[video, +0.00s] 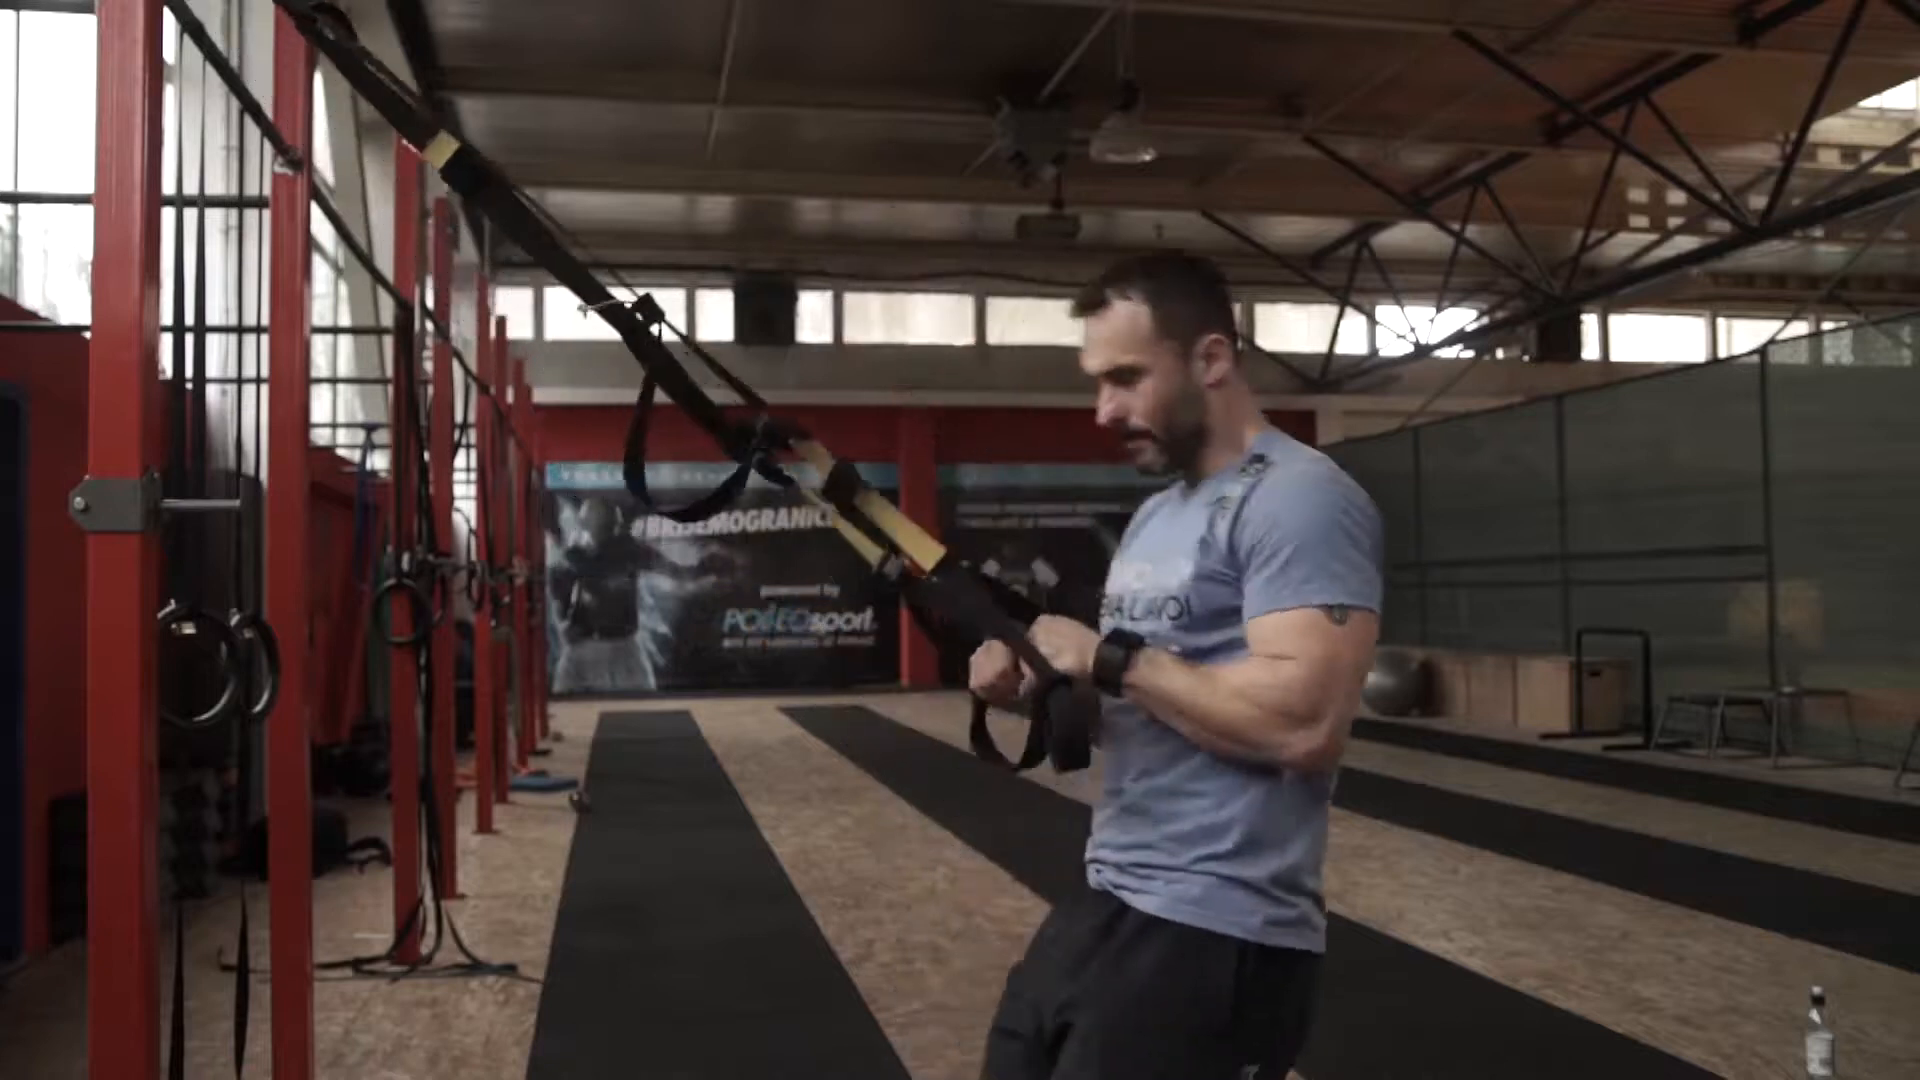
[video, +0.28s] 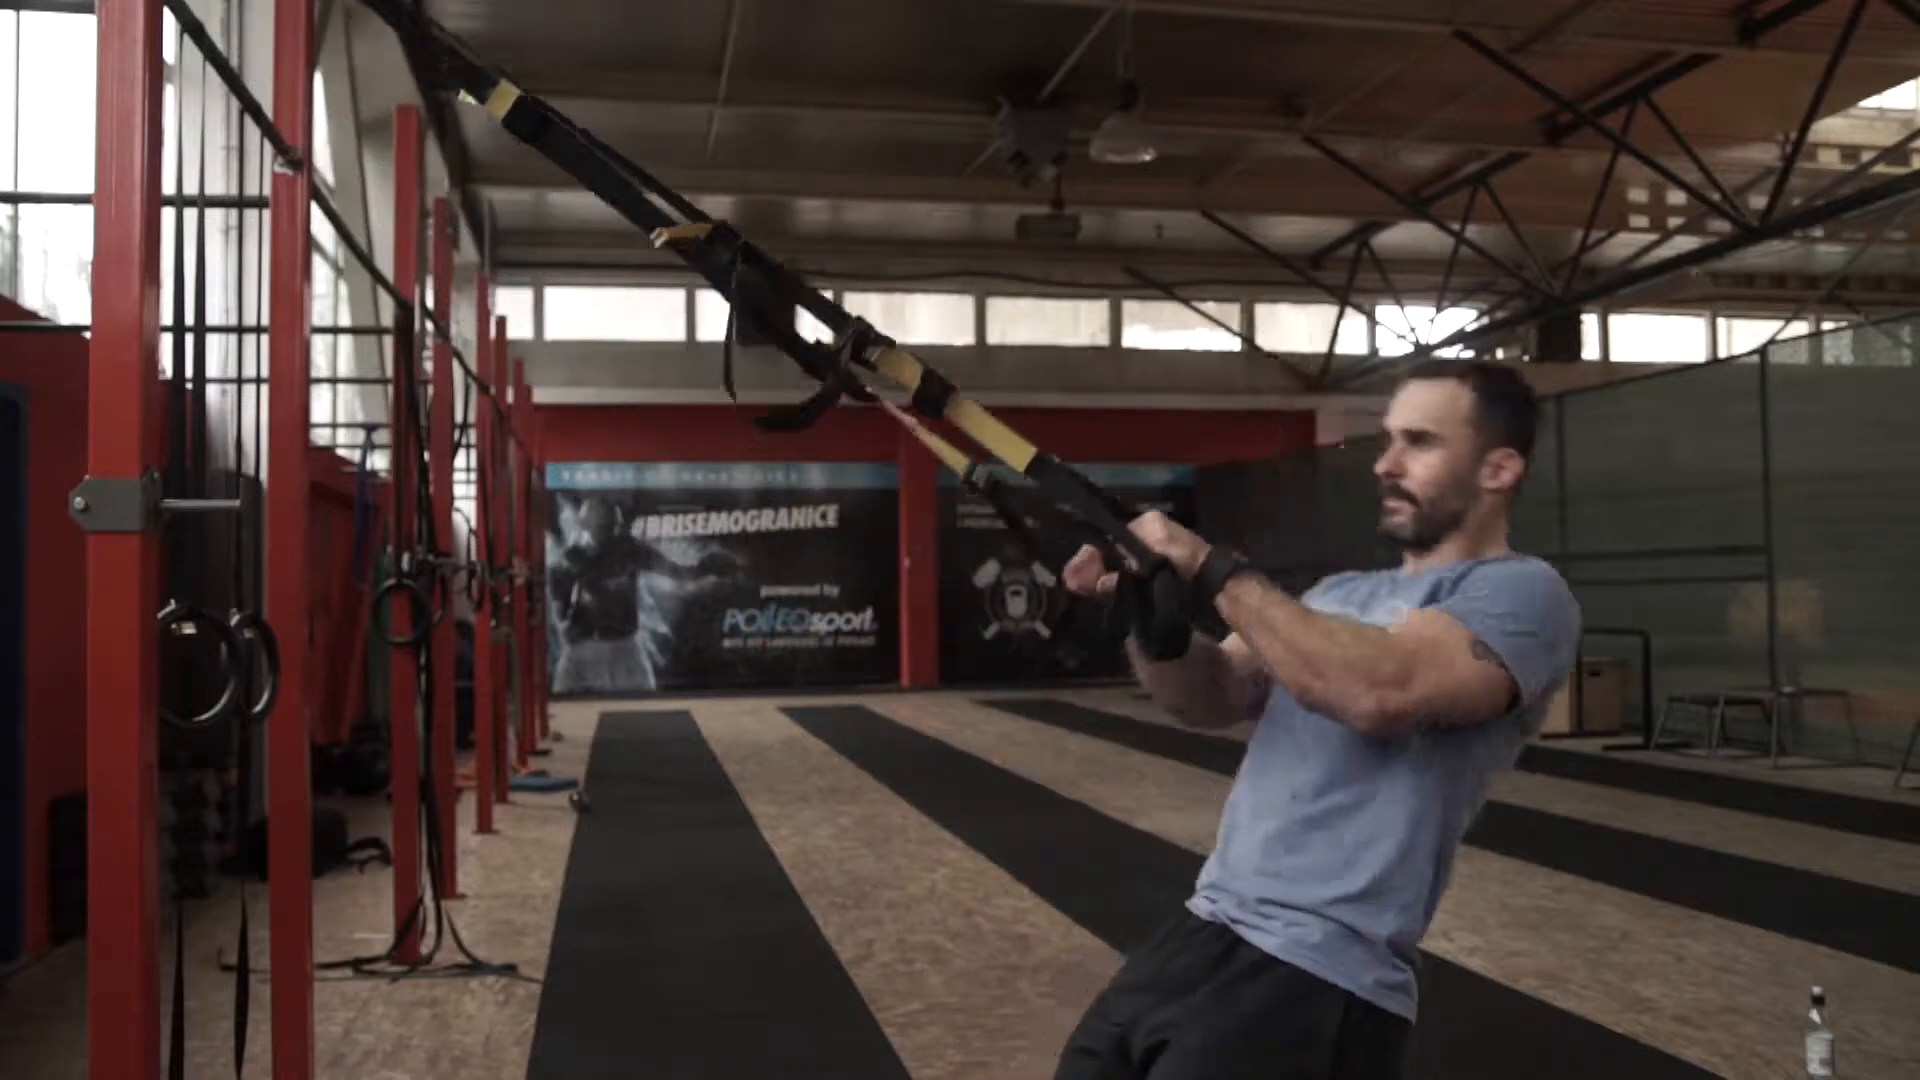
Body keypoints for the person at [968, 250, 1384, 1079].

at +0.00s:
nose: (1106, 411)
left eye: (1128, 378)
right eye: (1098, 385)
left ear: (1213, 359)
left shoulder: (1304, 495)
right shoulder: (1157, 514)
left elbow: (1302, 723)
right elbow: (1152, 713)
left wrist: (1112, 657)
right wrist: (1045, 687)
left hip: (1221, 936)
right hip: (1110, 904)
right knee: (1014, 1059)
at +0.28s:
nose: (1385, 465)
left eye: (1420, 443)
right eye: (1387, 443)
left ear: (1500, 471)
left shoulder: (1528, 594)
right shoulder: (1339, 592)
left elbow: (1383, 691)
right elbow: (1207, 695)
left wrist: (1213, 567)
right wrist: (1146, 601)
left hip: (1320, 983)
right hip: (1200, 933)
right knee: (1085, 1064)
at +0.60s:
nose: (1485, 489)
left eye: (1516, 482)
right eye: (1489, 472)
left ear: (1582, 533)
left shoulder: (1569, 645)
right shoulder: (1394, 601)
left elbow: (1475, 529)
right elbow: (1251, 554)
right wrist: (1207, 447)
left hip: (1280, 985)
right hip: (1168, 913)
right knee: (1026, 1064)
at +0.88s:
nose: (1372, 409)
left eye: (1407, 396)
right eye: (1379, 391)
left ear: (1463, 428)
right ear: (1372, 412)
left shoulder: (1462, 545)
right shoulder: (1318, 516)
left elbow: (1509, 325)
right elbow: (1273, 385)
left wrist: (1418, 169)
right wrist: (1258, 254)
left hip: (1187, 931)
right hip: (1084, 874)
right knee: (935, 1060)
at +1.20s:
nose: (1267, 348)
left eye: (1301, 328)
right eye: (1270, 326)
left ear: (1377, 369)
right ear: (1263, 349)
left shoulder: (1385, 483)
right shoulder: (1248, 459)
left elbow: (1447, 249)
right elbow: (1257, 299)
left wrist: (1412, 68)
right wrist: (1276, 145)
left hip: (1121, 905)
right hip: (1016, 860)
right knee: (903, 1063)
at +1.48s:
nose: (1295, 349)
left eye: (1331, 332)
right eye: (1300, 330)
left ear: (1402, 369)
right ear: (1296, 352)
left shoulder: (1402, 495)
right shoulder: (1265, 464)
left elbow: (1461, 270)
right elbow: (1264, 317)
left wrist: (1420, 85)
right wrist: (1281, 163)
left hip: (1122, 908)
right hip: (1019, 859)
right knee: (902, 1059)